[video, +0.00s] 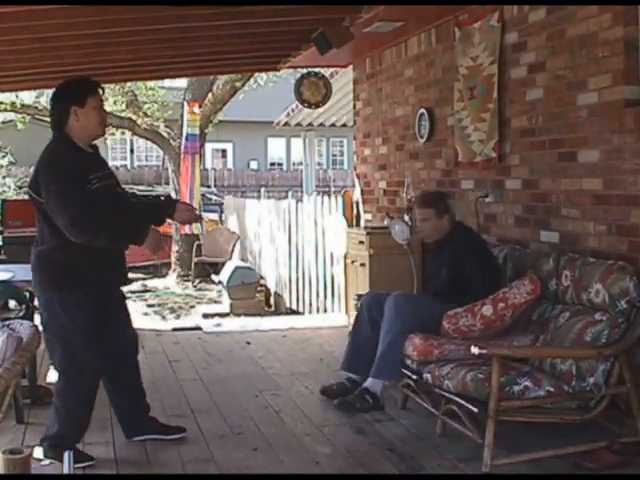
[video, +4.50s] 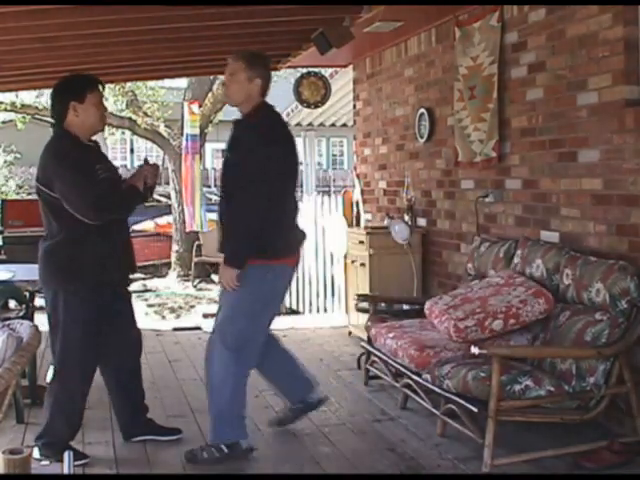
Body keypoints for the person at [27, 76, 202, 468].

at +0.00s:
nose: (106, 113)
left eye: (104, 106)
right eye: (99, 106)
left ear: (79, 113)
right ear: (76, 113)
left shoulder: (89, 159)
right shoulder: (58, 162)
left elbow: (119, 204)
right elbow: (82, 225)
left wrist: (169, 207)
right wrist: (140, 235)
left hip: (99, 280)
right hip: (66, 285)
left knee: (120, 352)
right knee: (78, 365)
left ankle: (137, 424)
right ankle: (57, 444)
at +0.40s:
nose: (101, 113)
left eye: (99, 106)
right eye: (93, 106)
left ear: (76, 113)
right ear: (69, 113)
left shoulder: (96, 161)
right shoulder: (42, 167)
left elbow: (127, 200)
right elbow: (50, 232)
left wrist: (179, 194)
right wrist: (101, 263)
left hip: (99, 272)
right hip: (59, 276)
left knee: (121, 346)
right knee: (73, 358)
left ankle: (131, 422)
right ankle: (57, 442)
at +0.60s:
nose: (107, 115)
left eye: (106, 108)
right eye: (100, 109)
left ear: (85, 113)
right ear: (74, 113)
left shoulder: (103, 160)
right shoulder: (44, 164)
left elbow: (133, 199)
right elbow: (37, 229)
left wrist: (160, 180)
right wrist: (58, 271)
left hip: (100, 276)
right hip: (57, 279)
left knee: (120, 346)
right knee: (69, 360)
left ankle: (131, 418)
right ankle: (57, 443)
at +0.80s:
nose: (118, 117)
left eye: (117, 110)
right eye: (112, 110)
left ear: (95, 114)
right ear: (87, 113)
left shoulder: (116, 162)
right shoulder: (56, 162)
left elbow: (153, 206)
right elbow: (41, 225)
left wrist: (139, 203)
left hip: (106, 277)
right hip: (63, 280)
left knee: (124, 347)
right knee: (67, 361)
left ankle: (130, 419)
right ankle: (56, 442)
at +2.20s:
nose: (113, 114)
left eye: (111, 106)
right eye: (107, 106)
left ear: (84, 111)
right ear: (83, 110)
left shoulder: (94, 155)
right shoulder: (66, 155)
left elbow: (122, 207)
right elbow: (94, 212)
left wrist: (166, 231)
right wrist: (149, 184)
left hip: (105, 276)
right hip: (75, 279)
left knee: (123, 348)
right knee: (75, 362)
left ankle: (132, 420)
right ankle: (53, 441)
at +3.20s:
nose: (103, 114)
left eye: (101, 106)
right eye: (96, 107)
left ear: (74, 114)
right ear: (71, 113)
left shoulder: (85, 156)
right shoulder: (60, 157)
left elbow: (109, 208)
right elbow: (89, 213)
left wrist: (129, 245)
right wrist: (130, 243)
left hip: (92, 275)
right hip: (63, 279)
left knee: (114, 349)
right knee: (71, 362)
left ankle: (129, 420)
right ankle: (51, 443)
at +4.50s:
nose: (105, 109)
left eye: (103, 102)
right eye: (98, 102)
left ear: (76, 109)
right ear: (74, 108)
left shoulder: (92, 152)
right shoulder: (61, 154)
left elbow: (113, 204)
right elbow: (94, 209)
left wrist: (141, 186)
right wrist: (134, 186)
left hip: (105, 275)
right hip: (73, 279)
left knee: (123, 351)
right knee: (74, 363)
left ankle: (136, 424)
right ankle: (52, 444)